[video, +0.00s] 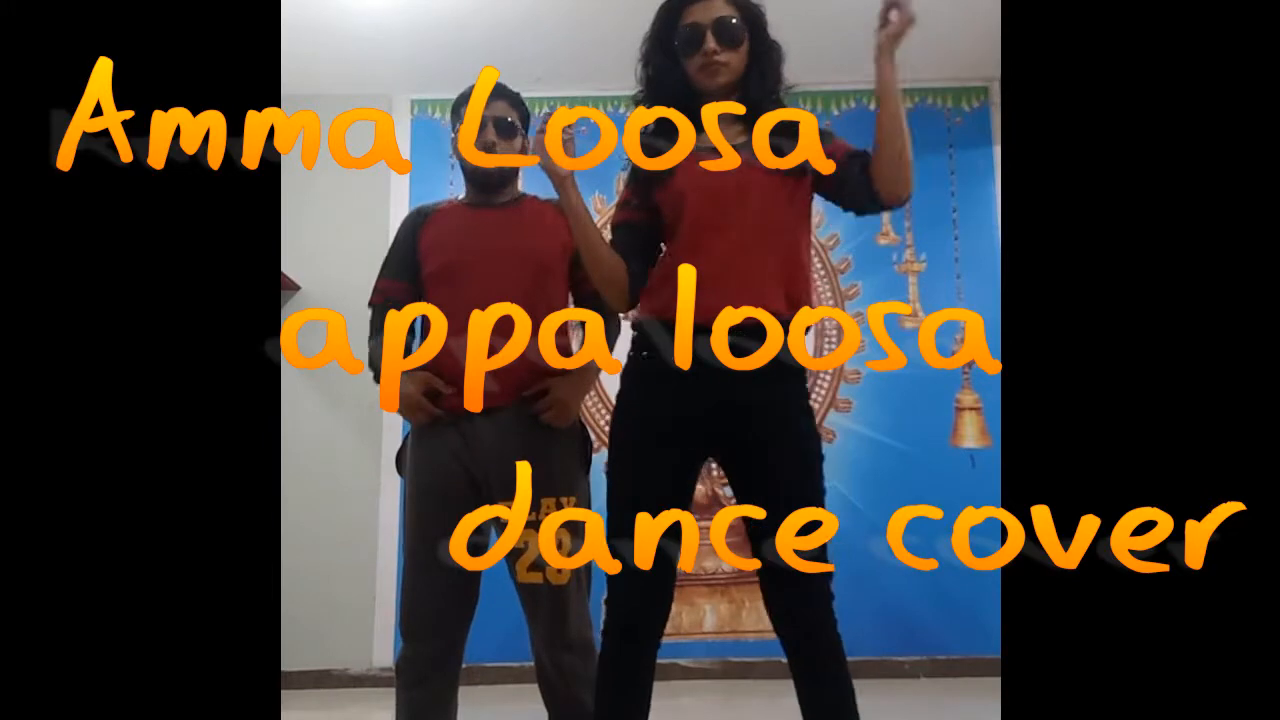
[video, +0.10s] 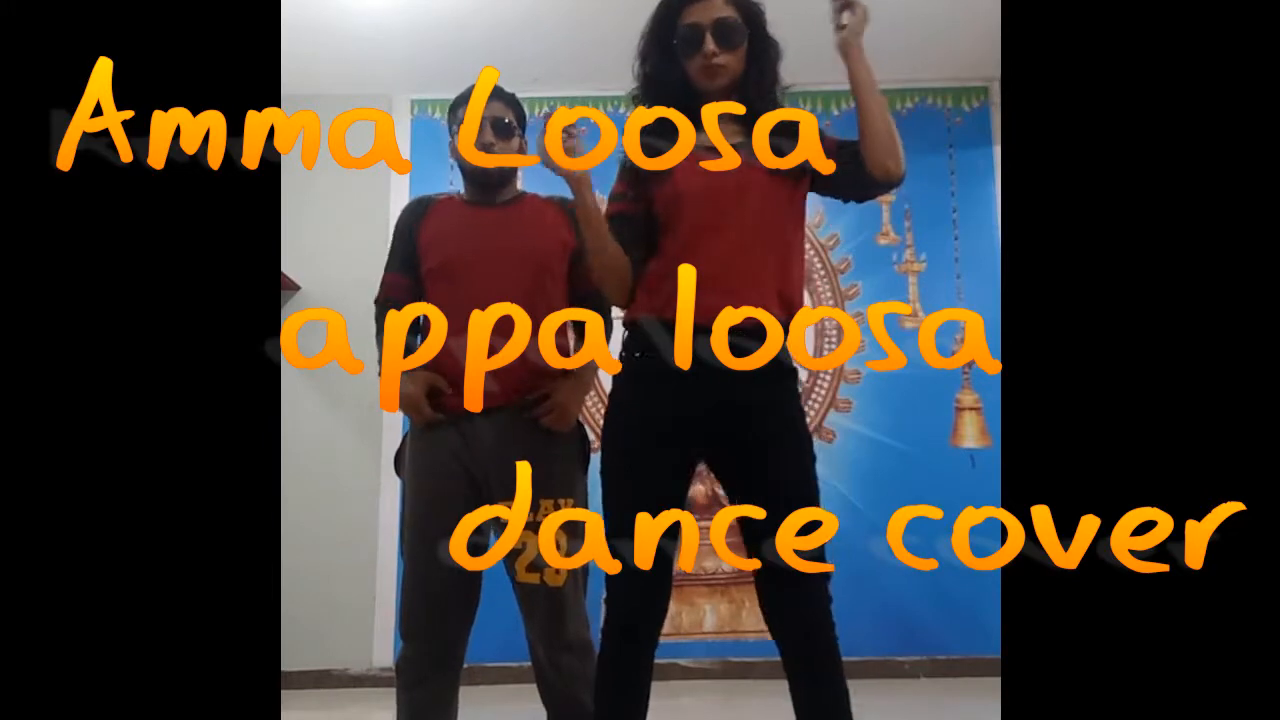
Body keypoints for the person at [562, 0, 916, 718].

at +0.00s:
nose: (710, 47)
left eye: (727, 32)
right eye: (691, 36)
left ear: (755, 47)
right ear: (670, 55)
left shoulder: (789, 134)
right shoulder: (659, 147)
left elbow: (888, 186)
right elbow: (617, 285)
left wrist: (885, 63)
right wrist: (562, 182)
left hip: (767, 380)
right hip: (664, 378)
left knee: (802, 592)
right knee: (637, 594)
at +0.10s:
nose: (709, 51)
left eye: (726, 35)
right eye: (691, 38)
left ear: (753, 47)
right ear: (668, 54)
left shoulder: (783, 132)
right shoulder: (652, 139)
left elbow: (882, 168)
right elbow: (615, 283)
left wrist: (853, 49)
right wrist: (578, 180)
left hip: (760, 384)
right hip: (654, 380)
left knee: (800, 598)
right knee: (634, 600)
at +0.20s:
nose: (709, 51)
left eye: (726, 35)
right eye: (690, 38)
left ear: (755, 48)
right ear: (666, 53)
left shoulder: (780, 134)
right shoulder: (645, 140)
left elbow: (877, 167)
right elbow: (618, 282)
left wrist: (842, 56)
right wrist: (604, 185)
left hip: (762, 378)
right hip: (658, 376)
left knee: (801, 590)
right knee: (638, 593)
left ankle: (813, 719)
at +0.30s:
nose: (714, 57)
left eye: (730, 38)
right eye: (695, 45)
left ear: (760, 45)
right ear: (674, 57)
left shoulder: (784, 133)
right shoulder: (654, 140)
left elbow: (868, 176)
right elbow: (639, 269)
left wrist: (829, 72)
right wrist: (686, 196)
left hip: (777, 383)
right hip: (674, 383)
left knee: (800, 596)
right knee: (646, 598)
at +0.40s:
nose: (720, 58)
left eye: (735, 40)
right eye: (700, 46)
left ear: (765, 47)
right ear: (679, 59)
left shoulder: (792, 137)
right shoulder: (662, 137)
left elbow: (876, 168)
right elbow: (664, 259)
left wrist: (827, 72)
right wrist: (749, 190)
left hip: (787, 387)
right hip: (683, 387)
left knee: (805, 593)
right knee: (635, 589)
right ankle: (604, 719)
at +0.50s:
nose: (730, 55)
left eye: (746, 35)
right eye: (710, 42)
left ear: (775, 41)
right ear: (688, 55)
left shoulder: (813, 126)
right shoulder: (678, 134)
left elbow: (894, 152)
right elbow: (712, 247)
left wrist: (838, 58)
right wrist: (837, 192)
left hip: (776, 382)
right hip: (676, 377)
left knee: (793, 591)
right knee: (626, 576)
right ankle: (576, 716)